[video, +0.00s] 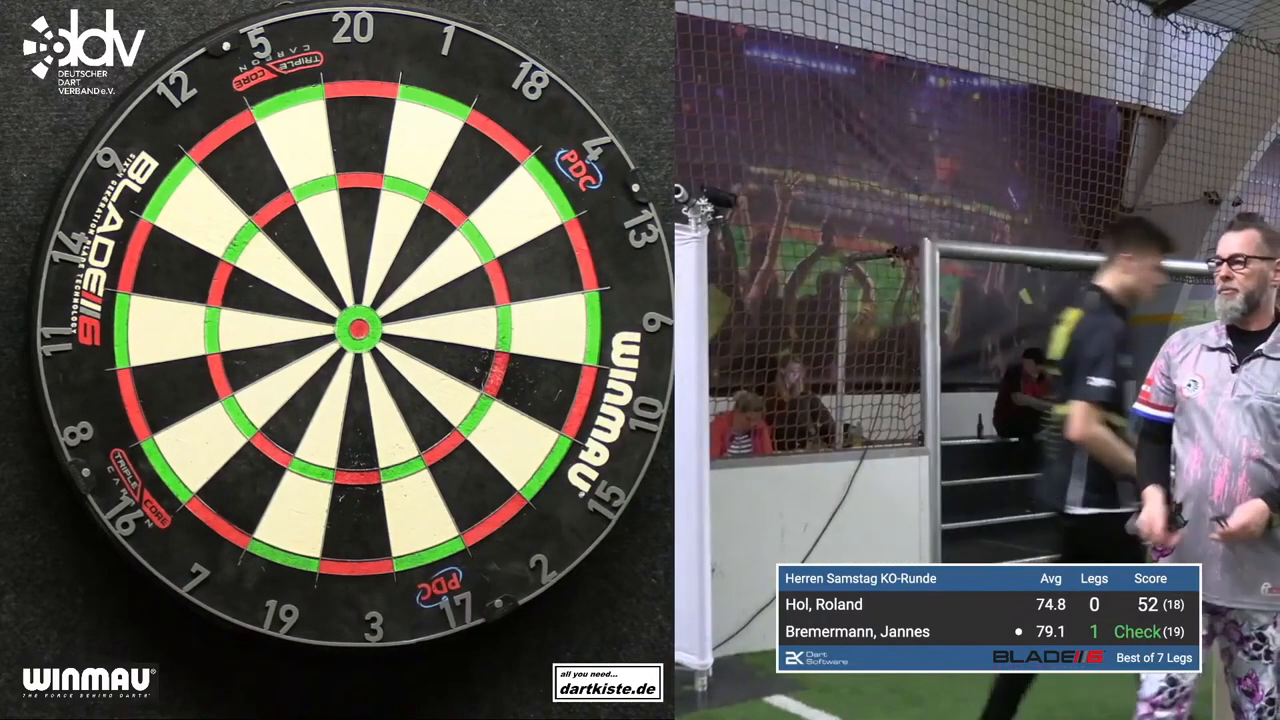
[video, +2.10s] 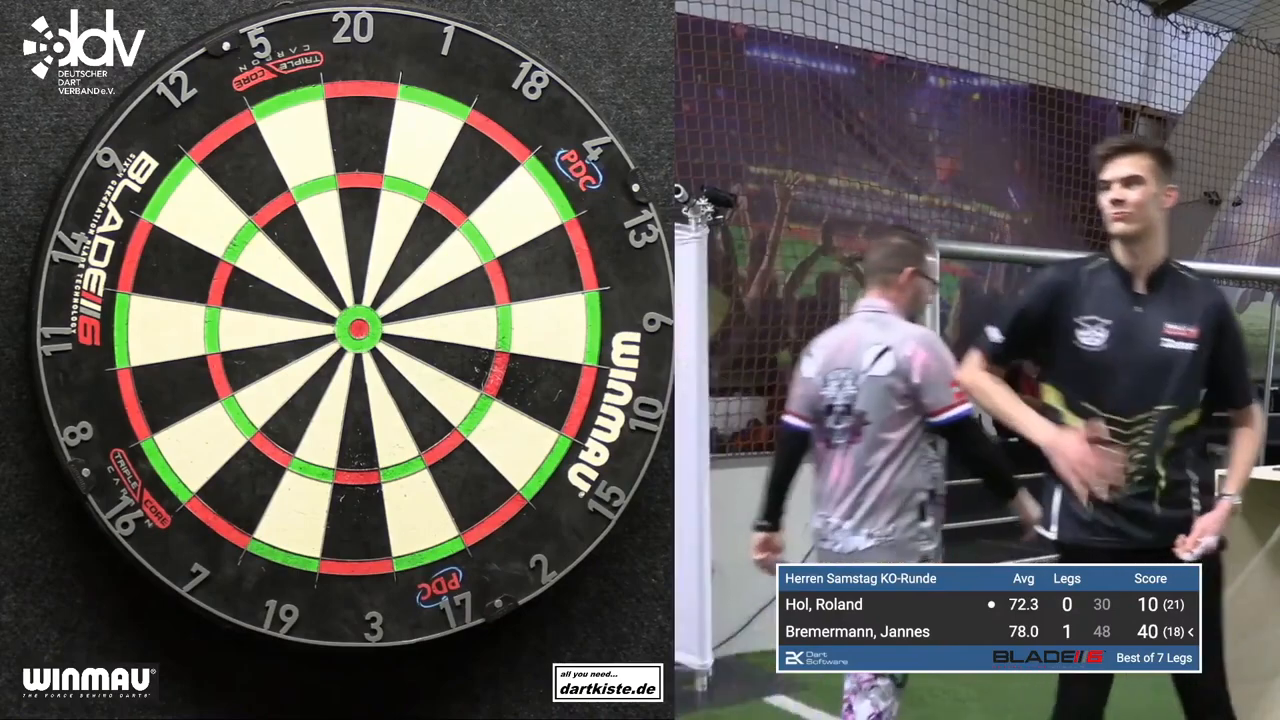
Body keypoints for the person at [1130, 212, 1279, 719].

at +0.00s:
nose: (1223, 271)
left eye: (1239, 261)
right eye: (1219, 262)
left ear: (1274, 272)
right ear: (1213, 271)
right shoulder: (1182, 347)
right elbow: (1152, 434)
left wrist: (1268, 507)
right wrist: (1153, 494)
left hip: (1262, 577)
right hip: (1179, 567)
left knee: (1258, 708)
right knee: (1159, 704)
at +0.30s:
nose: (1210, 269)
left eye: (1227, 260)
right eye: (1205, 260)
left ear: (1264, 274)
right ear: (1196, 270)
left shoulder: (1277, 360)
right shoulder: (1157, 345)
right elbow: (1122, 437)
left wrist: (1279, 515)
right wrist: (1118, 513)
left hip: (1247, 586)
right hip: (1154, 580)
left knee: (1239, 712)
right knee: (1136, 710)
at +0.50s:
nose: (1090, 195)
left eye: (1107, 184)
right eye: (1085, 186)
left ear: (1149, 198)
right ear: (1079, 200)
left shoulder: (1192, 303)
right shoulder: (1048, 295)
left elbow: (1227, 419)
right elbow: (1016, 409)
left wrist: (1181, 506)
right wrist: (1017, 507)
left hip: (1153, 534)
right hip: (1069, 532)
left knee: (1140, 691)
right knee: (1073, 686)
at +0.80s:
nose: (1039, 189)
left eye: (1056, 176)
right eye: (1034, 180)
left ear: (1101, 189)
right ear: (1028, 194)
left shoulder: (1152, 289)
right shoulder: (1005, 297)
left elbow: (1199, 400)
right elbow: (972, 425)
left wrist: (1178, 497)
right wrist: (940, 541)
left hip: (1136, 535)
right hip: (1052, 538)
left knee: (1139, 698)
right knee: (1056, 700)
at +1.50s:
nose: (1012, 186)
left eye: (1030, 172)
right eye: (1008, 176)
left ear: (1074, 186)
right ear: (1004, 190)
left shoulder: (1131, 289)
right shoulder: (979, 299)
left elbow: (1171, 411)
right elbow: (953, 431)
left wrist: (1141, 508)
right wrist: (995, 535)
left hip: (1125, 543)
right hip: (1034, 551)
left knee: (1136, 697)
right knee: (1048, 700)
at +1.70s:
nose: (1042, 188)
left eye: (1059, 175)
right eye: (1035, 179)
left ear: (1102, 189)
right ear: (1028, 193)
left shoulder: (1148, 295)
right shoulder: (996, 293)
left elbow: (1182, 418)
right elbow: (945, 404)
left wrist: (1148, 502)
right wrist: (1031, 454)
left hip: (1132, 537)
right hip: (1040, 538)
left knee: (1142, 695)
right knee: (1052, 696)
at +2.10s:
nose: (1117, 197)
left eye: (1133, 184)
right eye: (1107, 187)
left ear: (1169, 196)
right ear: (1098, 202)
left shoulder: (1205, 304)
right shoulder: (1063, 287)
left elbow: (1247, 419)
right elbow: (973, 370)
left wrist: (1224, 505)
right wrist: (1054, 438)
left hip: (1180, 542)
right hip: (1088, 540)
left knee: (1206, 700)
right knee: (1080, 699)